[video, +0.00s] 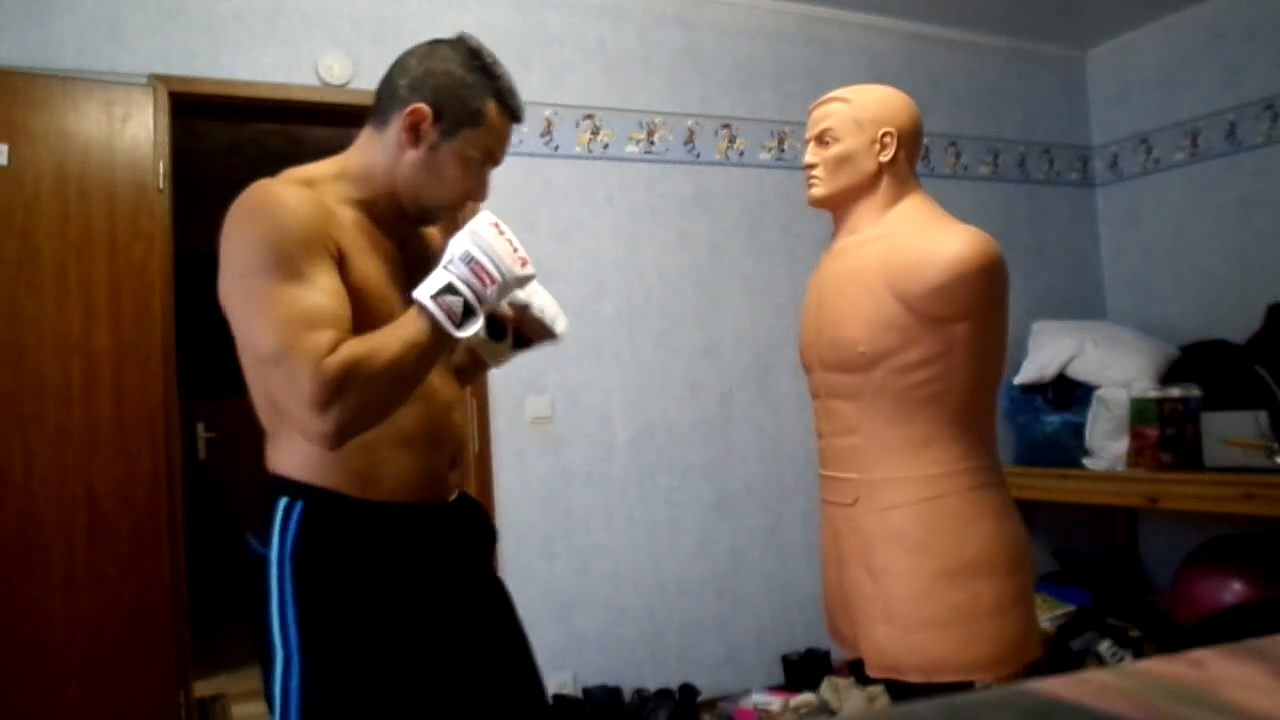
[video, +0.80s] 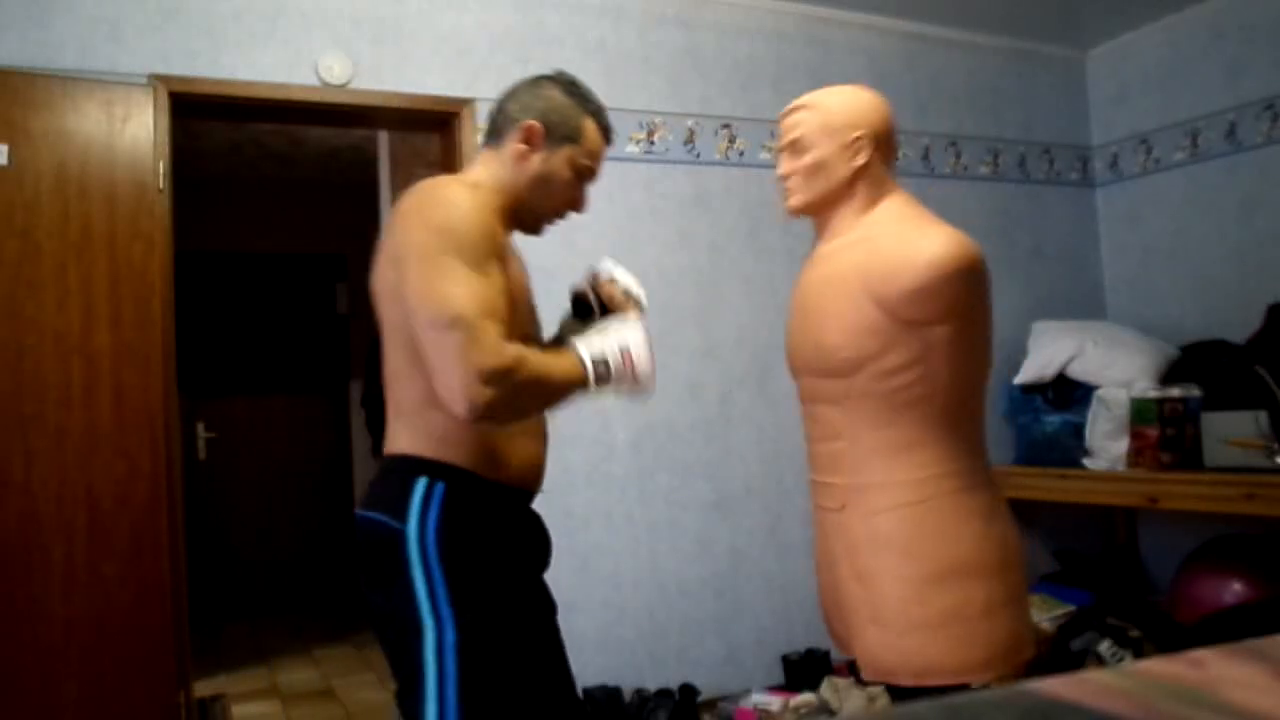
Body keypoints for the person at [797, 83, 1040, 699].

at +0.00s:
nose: (807, 157)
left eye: (825, 140)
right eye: (808, 142)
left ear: (884, 148)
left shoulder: (949, 258)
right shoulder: (836, 261)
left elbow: (965, 431)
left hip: (934, 545)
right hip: (856, 544)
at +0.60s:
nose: (845, 149)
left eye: (861, 135)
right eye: (850, 136)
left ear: (914, 143)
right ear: (914, 146)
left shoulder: (948, 238)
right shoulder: (888, 235)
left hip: (940, 515)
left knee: (948, 696)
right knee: (907, 690)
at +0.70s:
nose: (815, 154)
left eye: (831, 138)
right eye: (818, 139)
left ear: (888, 147)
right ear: (883, 149)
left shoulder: (928, 246)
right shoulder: (862, 243)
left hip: (928, 523)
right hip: (874, 519)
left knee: (946, 691)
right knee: (898, 687)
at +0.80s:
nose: (781, 168)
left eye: (797, 148)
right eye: (780, 152)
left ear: (859, 152)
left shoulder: (922, 257)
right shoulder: (830, 255)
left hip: (923, 539)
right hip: (854, 535)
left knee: (950, 702)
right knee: (888, 694)